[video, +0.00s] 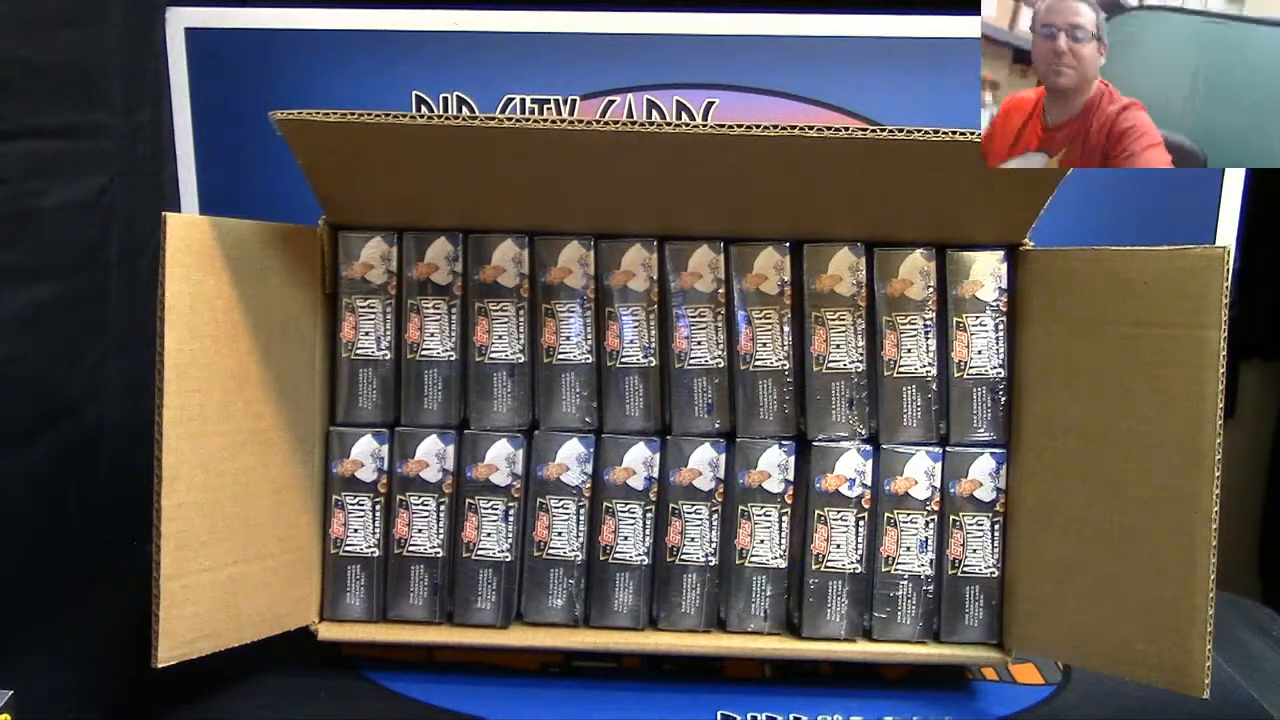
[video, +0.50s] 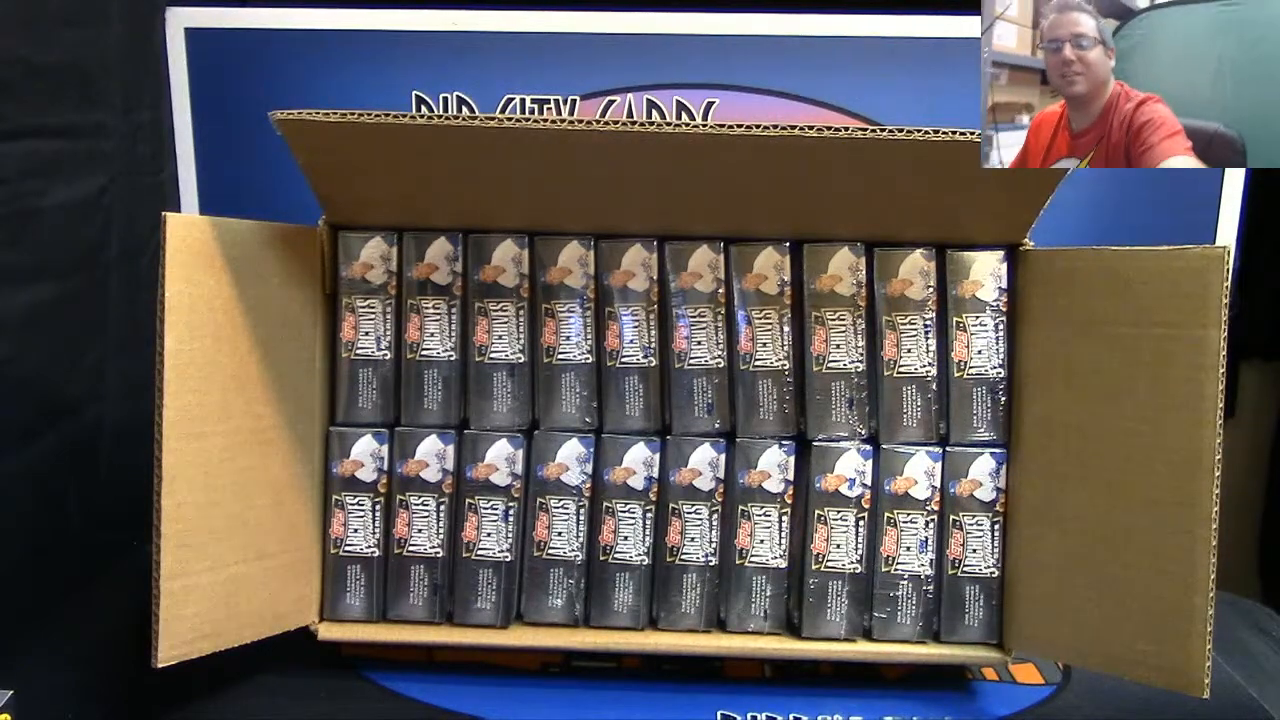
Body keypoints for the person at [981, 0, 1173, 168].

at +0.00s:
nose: (1060, 46)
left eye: (1077, 35)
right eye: (1048, 33)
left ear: (1101, 52)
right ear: (1032, 46)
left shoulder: (1126, 122)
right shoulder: (1013, 111)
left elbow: (1154, 198)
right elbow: (969, 181)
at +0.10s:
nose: (1060, 47)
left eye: (1077, 35)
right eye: (1048, 33)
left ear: (1101, 52)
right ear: (1032, 46)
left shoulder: (1126, 122)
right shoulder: (1013, 111)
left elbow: (1154, 198)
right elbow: (969, 182)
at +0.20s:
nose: (1050, 60)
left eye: (1066, 48)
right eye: (1037, 48)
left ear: (1093, 62)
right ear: (1023, 61)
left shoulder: (1127, 128)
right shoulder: (1014, 126)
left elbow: (1158, 200)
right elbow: (975, 191)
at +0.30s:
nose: (1060, 52)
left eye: (1076, 40)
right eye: (1048, 41)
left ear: (1103, 53)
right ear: (1034, 53)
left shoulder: (1136, 119)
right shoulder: (1027, 119)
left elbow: (1171, 192)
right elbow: (987, 187)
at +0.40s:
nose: (1061, 56)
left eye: (1076, 43)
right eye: (1049, 47)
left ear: (1105, 55)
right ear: (1039, 61)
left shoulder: (1141, 117)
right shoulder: (1038, 126)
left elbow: (1181, 185)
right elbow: (1004, 190)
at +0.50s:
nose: (1066, 56)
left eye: (1081, 43)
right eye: (1054, 47)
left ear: (1110, 55)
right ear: (1045, 61)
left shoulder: (1144, 114)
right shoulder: (1043, 124)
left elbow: (1185, 181)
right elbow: (1009, 188)